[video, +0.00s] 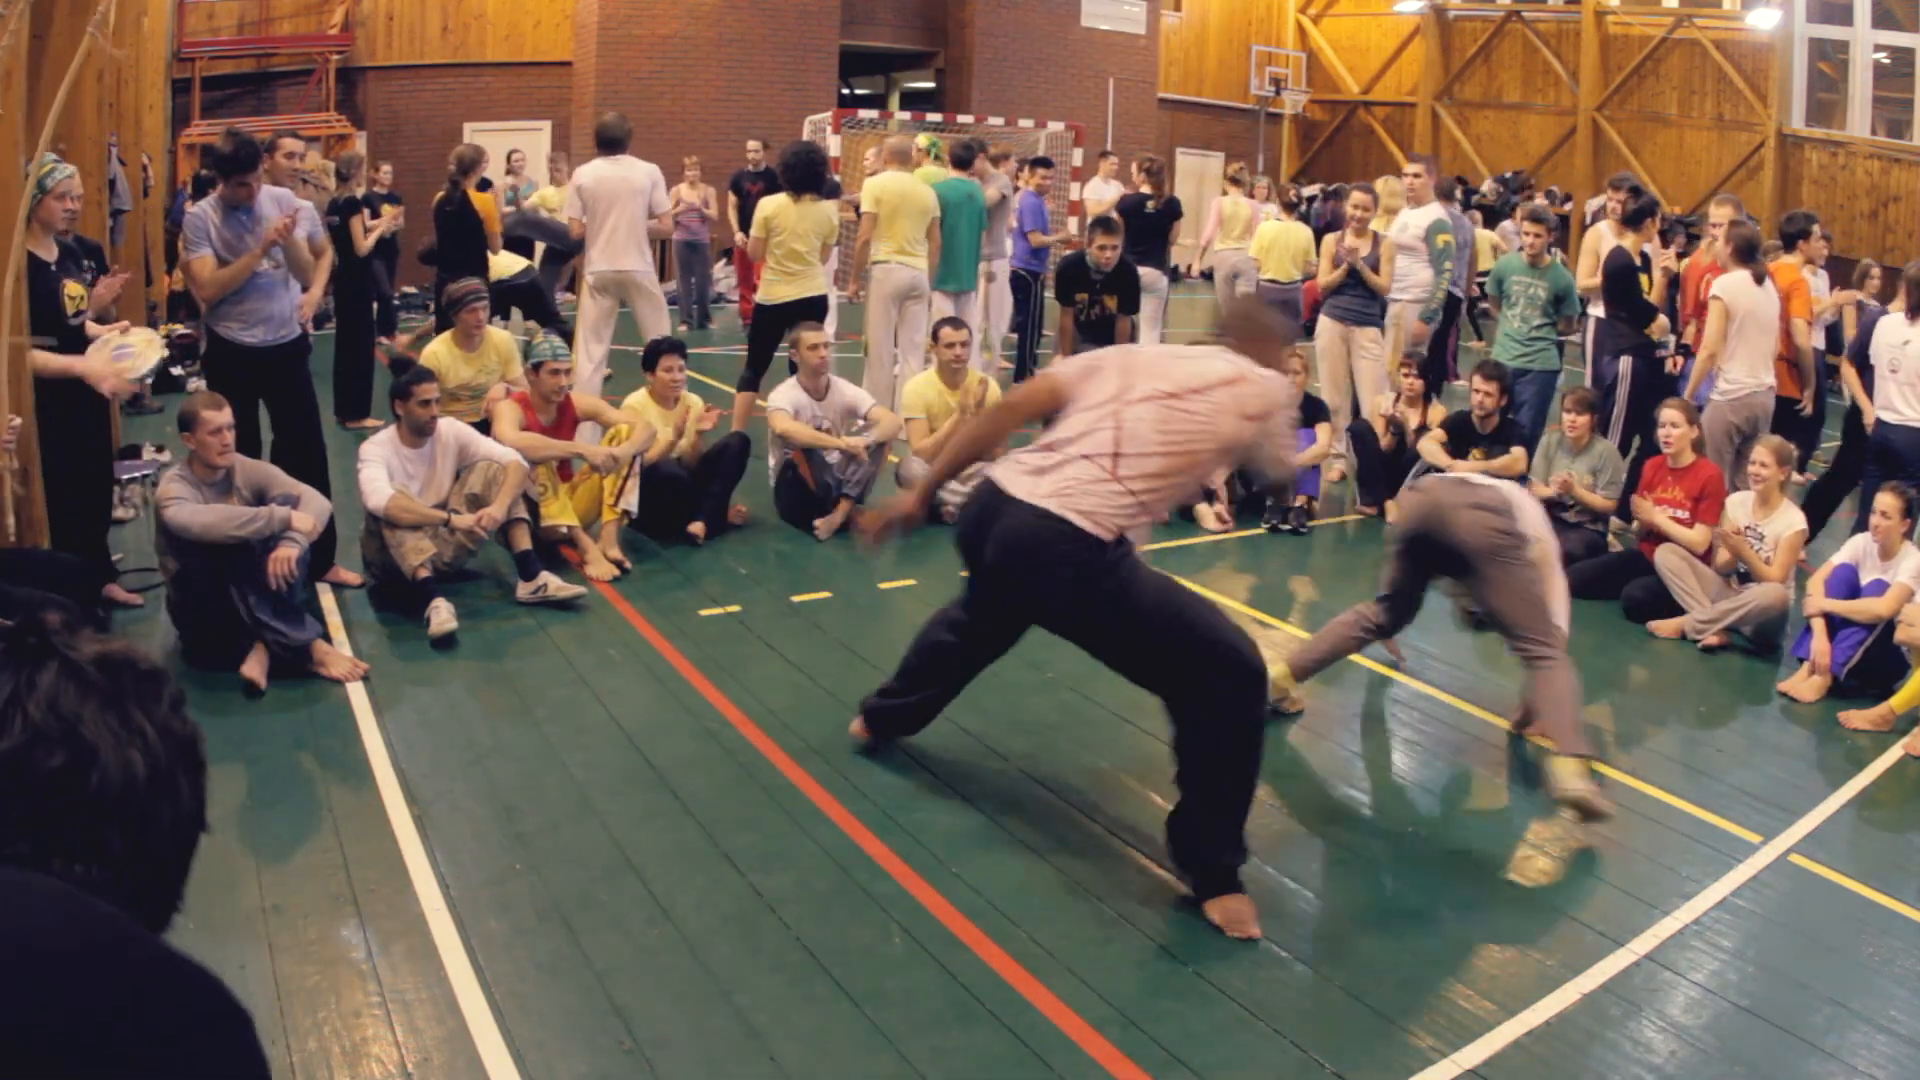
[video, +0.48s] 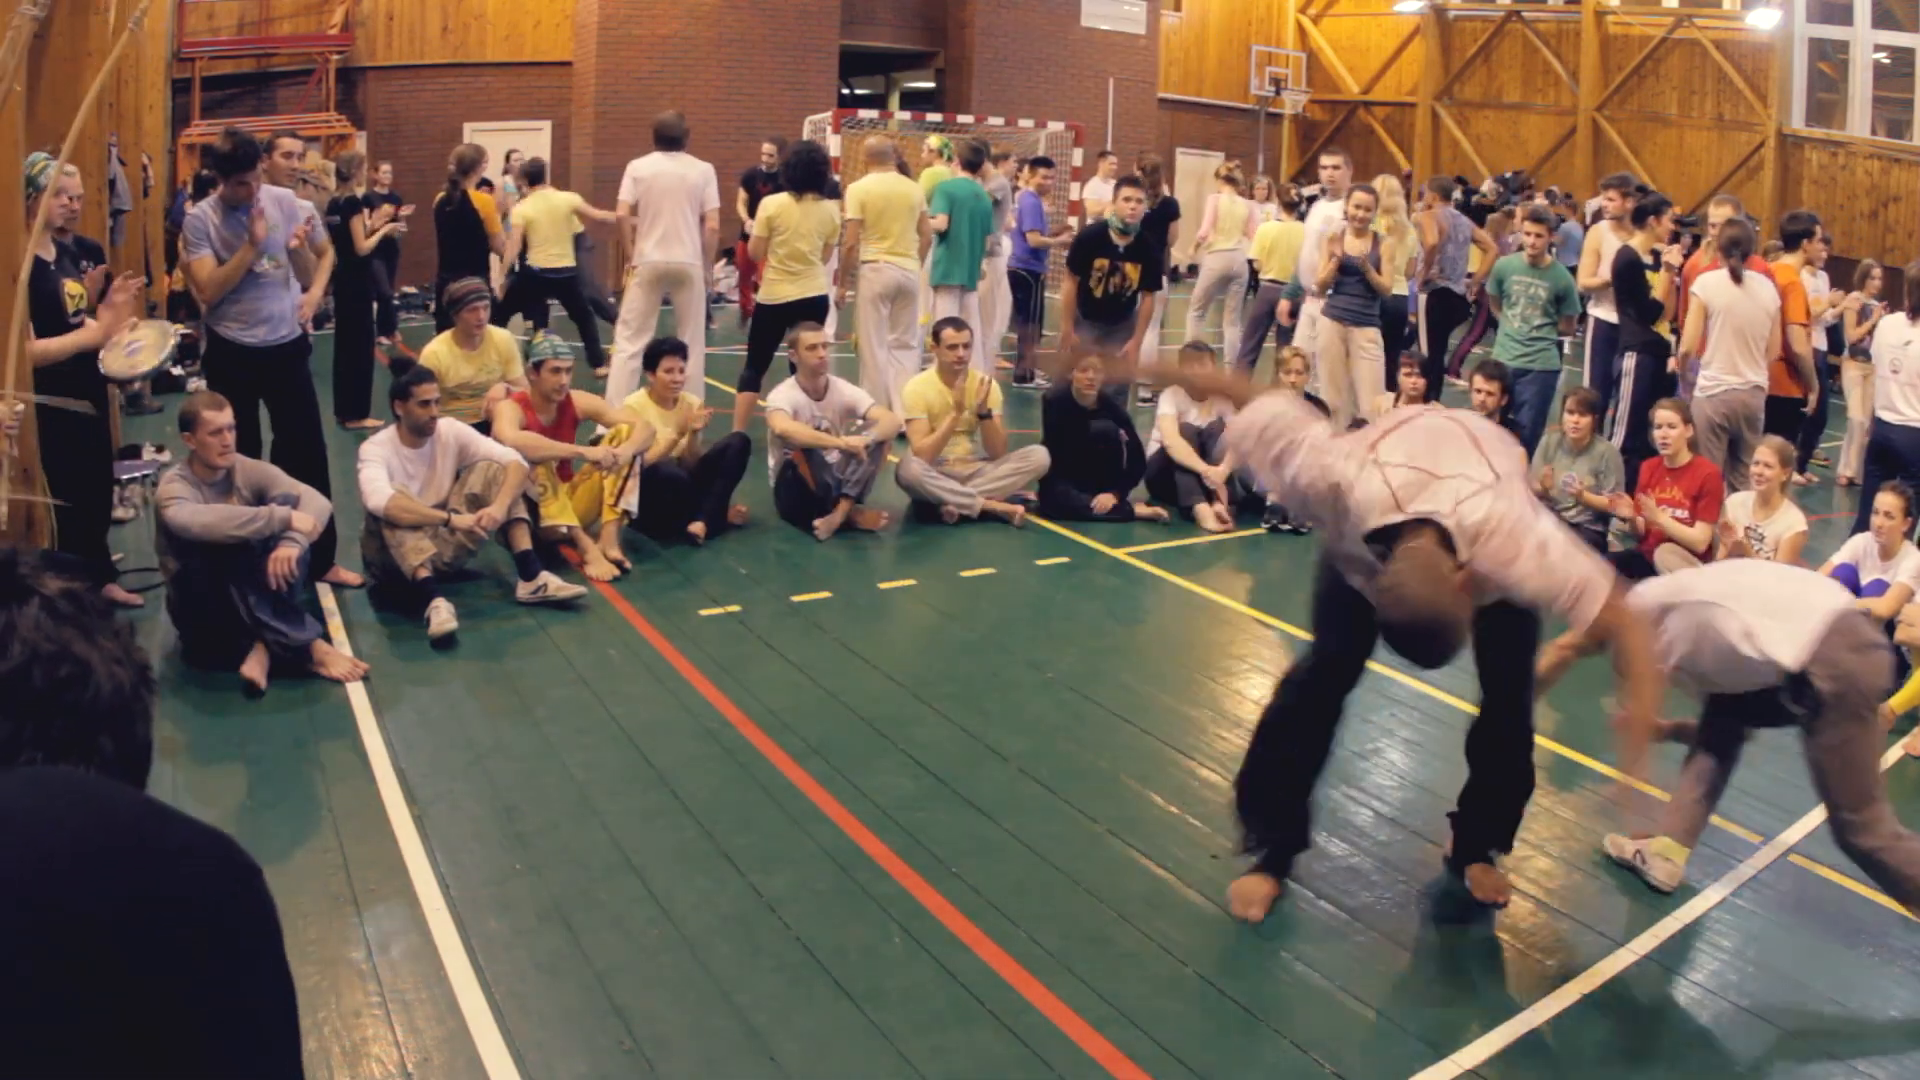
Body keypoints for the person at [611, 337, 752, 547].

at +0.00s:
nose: (677, 377)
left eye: (681, 370)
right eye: (668, 371)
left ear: (687, 371)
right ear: (649, 376)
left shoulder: (693, 403)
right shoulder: (634, 406)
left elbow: (692, 464)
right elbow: (640, 463)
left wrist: (698, 434)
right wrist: (673, 438)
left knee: (738, 441)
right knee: (666, 469)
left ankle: (703, 520)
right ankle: (719, 516)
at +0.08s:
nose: (677, 377)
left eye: (682, 370)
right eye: (668, 370)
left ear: (687, 371)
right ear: (650, 375)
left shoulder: (693, 403)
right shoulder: (634, 406)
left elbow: (691, 465)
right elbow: (636, 463)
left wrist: (690, 435)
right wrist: (679, 438)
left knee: (738, 441)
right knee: (669, 471)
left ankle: (703, 520)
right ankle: (719, 517)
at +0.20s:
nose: (678, 377)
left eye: (682, 370)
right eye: (669, 370)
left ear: (687, 371)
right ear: (650, 375)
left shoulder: (692, 403)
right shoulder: (634, 405)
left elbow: (691, 465)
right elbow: (639, 462)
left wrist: (695, 435)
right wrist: (680, 435)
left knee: (738, 441)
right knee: (664, 469)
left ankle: (702, 520)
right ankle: (718, 517)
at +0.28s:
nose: (678, 377)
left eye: (682, 370)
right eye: (669, 370)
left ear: (687, 372)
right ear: (650, 375)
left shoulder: (693, 403)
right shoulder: (634, 406)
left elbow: (691, 466)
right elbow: (640, 463)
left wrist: (697, 434)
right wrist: (676, 435)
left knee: (738, 441)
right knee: (665, 471)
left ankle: (702, 520)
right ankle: (718, 517)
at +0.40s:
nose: (678, 378)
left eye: (682, 371)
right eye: (669, 371)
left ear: (687, 373)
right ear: (650, 375)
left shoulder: (693, 404)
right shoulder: (634, 405)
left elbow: (689, 465)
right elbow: (639, 463)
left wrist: (698, 434)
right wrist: (673, 432)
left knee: (738, 441)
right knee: (667, 469)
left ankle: (702, 520)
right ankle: (719, 517)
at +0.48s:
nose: (677, 379)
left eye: (681, 371)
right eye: (669, 372)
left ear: (686, 373)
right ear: (650, 376)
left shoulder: (692, 404)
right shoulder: (632, 407)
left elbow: (691, 465)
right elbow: (637, 464)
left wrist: (694, 433)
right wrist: (678, 435)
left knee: (739, 441)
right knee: (666, 470)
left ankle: (702, 520)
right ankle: (718, 517)